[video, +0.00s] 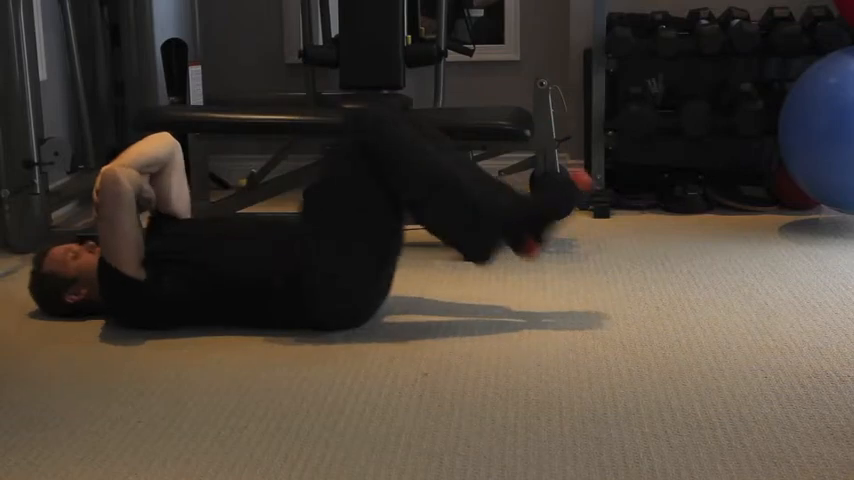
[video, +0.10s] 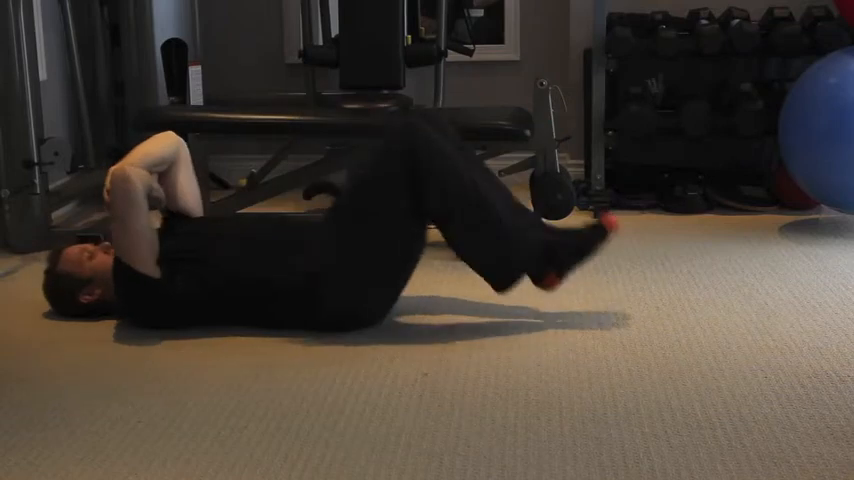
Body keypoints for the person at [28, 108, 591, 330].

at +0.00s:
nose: (84, 250)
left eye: (77, 249)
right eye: (73, 259)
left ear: (94, 257)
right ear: (80, 293)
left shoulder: (160, 250)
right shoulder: (131, 297)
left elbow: (168, 148)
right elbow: (115, 174)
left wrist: (117, 204)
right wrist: (127, 219)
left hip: (331, 263)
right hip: (323, 290)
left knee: (376, 125)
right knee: (370, 130)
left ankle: (488, 225)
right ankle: (520, 221)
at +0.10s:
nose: (98, 252)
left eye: (91, 251)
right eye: (87, 261)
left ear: (108, 257)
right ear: (94, 295)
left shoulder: (173, 250)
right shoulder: (147, 296)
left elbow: (173, 149)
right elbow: (126, 174)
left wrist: (136, 221)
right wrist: (141, 220)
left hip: (342, 258)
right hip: (335, 289)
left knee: (416, 130)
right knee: (410, 142)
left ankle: (529, 246)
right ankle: (534, 255)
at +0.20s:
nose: (105, 251)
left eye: (98, 249)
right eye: (94, 260)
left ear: (118, 257)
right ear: (103, 295)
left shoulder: (181, 256)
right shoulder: (159, 295)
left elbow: (184, 151)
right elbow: (139, 174)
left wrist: (158, 222)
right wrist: (151, 223)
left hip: (354, 259)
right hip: (343, 288)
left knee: (444, 136)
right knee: (432, 147)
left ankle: (546, 261)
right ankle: (541, 268)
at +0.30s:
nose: (106, 249)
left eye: (99, 247)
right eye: (94, 260)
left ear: (120, 253)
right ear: (104, 294)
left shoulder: (184, 254)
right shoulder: (160, 295)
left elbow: (189, 151)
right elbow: (145, 172)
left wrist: (151, 205)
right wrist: (153, 216)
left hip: (353, 259)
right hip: (342, 289)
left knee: (446, 140)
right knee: (436, 151)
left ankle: (551, 262)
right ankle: (548, 269)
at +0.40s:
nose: (100, 251)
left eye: (93, 249)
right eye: (89, 261)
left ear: (114, 255)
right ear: (100, 295)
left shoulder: (179, 253)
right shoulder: (155, 295)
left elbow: (188, 150)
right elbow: (141, 171)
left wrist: (153, 209)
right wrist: (153, 210)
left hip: (351, 257)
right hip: (340, 288)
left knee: (435, 133)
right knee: (424, 145)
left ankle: (544, 253)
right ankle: (540, 262)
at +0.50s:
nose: (98, 251)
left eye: (91, 249)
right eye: (87, 261)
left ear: (111, 253)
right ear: (95, 295)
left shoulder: (177, 250)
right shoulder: (151, 297)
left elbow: (182, 152)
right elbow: (134, 173)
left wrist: (152, 223)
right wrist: (149, 221)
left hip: (347, 256)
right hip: (340, 286)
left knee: (404, 122)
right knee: (397, 134)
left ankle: (505, 229)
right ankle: (531, 230)